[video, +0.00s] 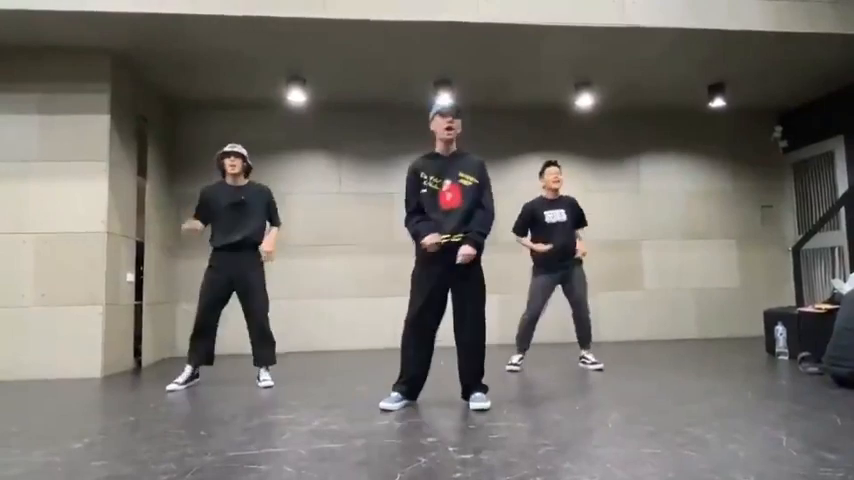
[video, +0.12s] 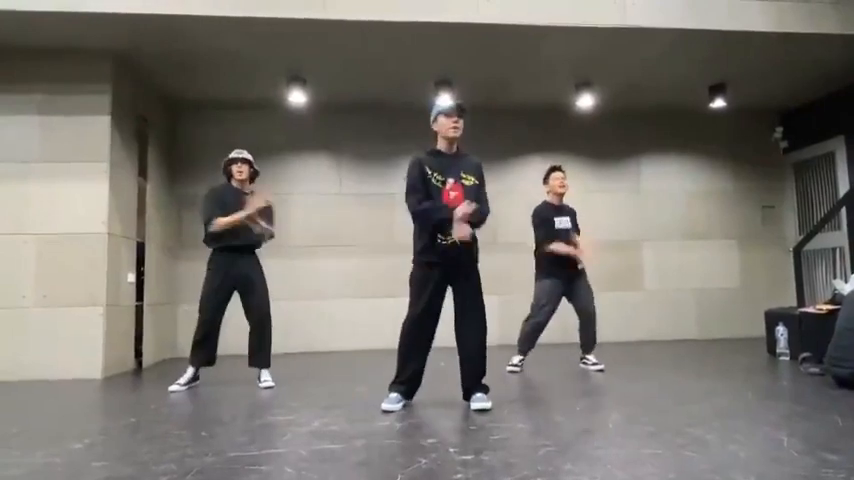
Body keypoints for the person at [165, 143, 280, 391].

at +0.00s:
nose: (232, 161)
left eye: (236, 157)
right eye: (228, 157)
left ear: (245, 163)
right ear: (222, 163)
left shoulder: (261, 192)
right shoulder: (210, 192)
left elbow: (275, 224)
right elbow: (198, 221)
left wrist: (269, 241)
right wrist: (191, 225)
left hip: (250, 261)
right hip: (220, 261)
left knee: (257, 315)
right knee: (205, 314)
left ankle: (263, 368)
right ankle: (192, 368)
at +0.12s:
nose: (240, 168)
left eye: (244, 164)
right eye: (235, 164)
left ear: (251, 169)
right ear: (229, 168)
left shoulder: (258, 200)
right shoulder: (216, 194)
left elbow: (267, 234)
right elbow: (212, 226)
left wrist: (254, 217)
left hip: (248, 262)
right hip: (220, 262)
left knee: (261, 315)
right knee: (207, 315)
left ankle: (263, 370)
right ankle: (193, 370)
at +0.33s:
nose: (228, 167)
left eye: (233, 163)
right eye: (225, 164)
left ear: (243, 169)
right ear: (219, 169)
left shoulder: (253, 197)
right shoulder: (213, 195)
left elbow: (258, 231)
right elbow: (197, 225)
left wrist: (240, 208)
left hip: (238, 263)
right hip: (213, 261)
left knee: (249, 316)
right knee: (199, 315)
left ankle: (262, 369)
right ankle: (192, 371)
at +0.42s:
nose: (217, 167)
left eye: (222, 163)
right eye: (214, 164)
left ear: (233, 168)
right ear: (210, 171)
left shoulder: (246, 196)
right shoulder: (210, 200)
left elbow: (260, 231)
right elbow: (191, 228)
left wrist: (266, 212)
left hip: (235, 264)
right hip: (211, 264)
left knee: (244, 318)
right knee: (200, 319)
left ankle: (261, 370)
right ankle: (192, 373)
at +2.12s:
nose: (206, 164)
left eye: (211, 160)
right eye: (203, 161)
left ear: (221, 164)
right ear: (200, 167)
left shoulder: (235, 192)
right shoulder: (200, 194)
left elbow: (262, 218)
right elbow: (198, 218)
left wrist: (251, 245)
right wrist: (188, 233)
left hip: (220, 255)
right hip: (199, 255)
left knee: (219, 310)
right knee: (195, 314)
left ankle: (230, 353)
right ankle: (202, 370)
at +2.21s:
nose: (204, 165)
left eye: (208, 161)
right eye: (201, 162)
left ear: (220, 165)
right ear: (199, 168)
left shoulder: (235, 194)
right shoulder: (204, 196)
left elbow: (251, 228)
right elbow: (208, 228)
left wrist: (240, 258)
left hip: (218, 255)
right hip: (198, 255)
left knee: (208, 314)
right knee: (193, 315)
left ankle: (220, 370)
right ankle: (201, 369)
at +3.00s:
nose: (207, 163)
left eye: (212, 159)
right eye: (205, 160)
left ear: (223, 161)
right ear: (203, 165)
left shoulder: (238, 190)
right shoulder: (205, 192)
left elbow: (242, 229)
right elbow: (198, 227)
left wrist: (233, 262)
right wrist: (185, 253)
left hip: (225, 254)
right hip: (206, 254)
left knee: (224, 311)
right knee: (204, 310)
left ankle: (229, 368)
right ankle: (210, 364)